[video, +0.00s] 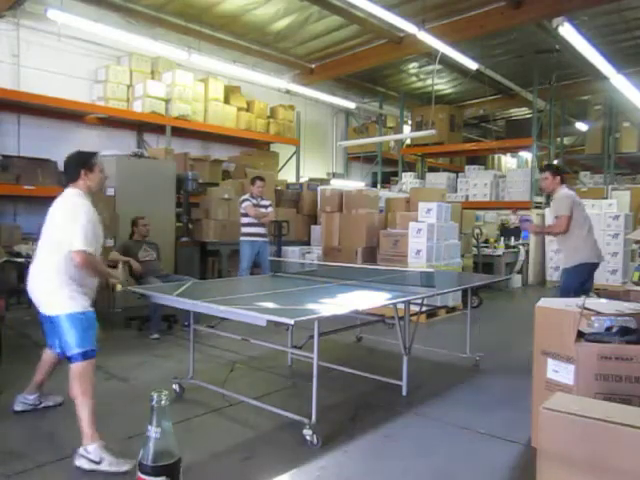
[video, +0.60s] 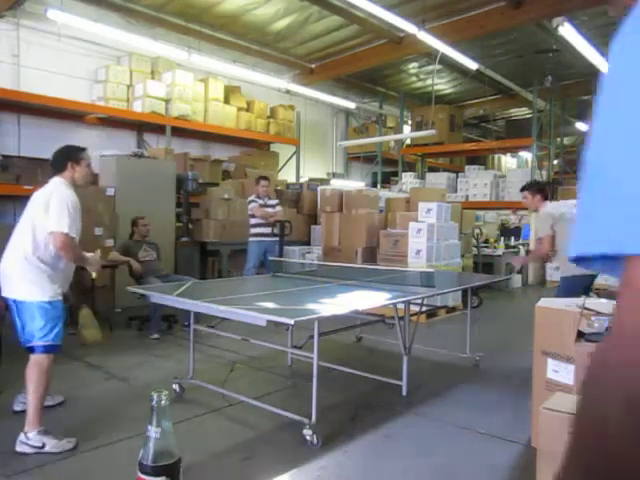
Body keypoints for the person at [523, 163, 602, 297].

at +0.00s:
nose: (542, 184)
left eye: (546, 179)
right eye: (541, 180)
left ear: (557, 179)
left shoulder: (563, 196)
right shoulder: (567, 195)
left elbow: (561, 227)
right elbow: (561, 227)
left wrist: (536, 229)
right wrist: (537, 229)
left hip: (579, 259)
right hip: (587, 258)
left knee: (566, 303)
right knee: (581, 302)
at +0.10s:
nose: (542, 186)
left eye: (546, 181)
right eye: (541, 182)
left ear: (558, 181)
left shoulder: (564, 197)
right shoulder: (567, 196)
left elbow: (566, 229)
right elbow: (566, 229)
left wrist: (543, 237)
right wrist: (544, 237)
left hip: (584, 260)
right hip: (590, 258)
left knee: (567, 305)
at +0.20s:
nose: (541, 189)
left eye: (544, 184)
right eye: (540, 185)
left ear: (555, 184)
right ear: (556, 184)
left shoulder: (562, 200)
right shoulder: (566, 198)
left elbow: (570, 232)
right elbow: (568, 233)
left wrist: (553, 255)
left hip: (585, 259)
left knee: (568, 304)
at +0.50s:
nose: (530, 200)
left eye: (532, 196)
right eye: (529, 196)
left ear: (544, 194)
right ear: (545, 195)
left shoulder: (552, 210)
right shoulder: (564, 207)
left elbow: (559, 244)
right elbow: (563, 244)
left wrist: (543, 260)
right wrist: (545, 257)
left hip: (582, 265)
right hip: (595, 263)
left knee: (564, 307)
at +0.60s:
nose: (524, 202)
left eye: (526, 198)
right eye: (523, 198)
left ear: (538, 197)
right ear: (540, 198)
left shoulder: (545, 213)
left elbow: (546, 250)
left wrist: (524, 260)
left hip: (574, 271)